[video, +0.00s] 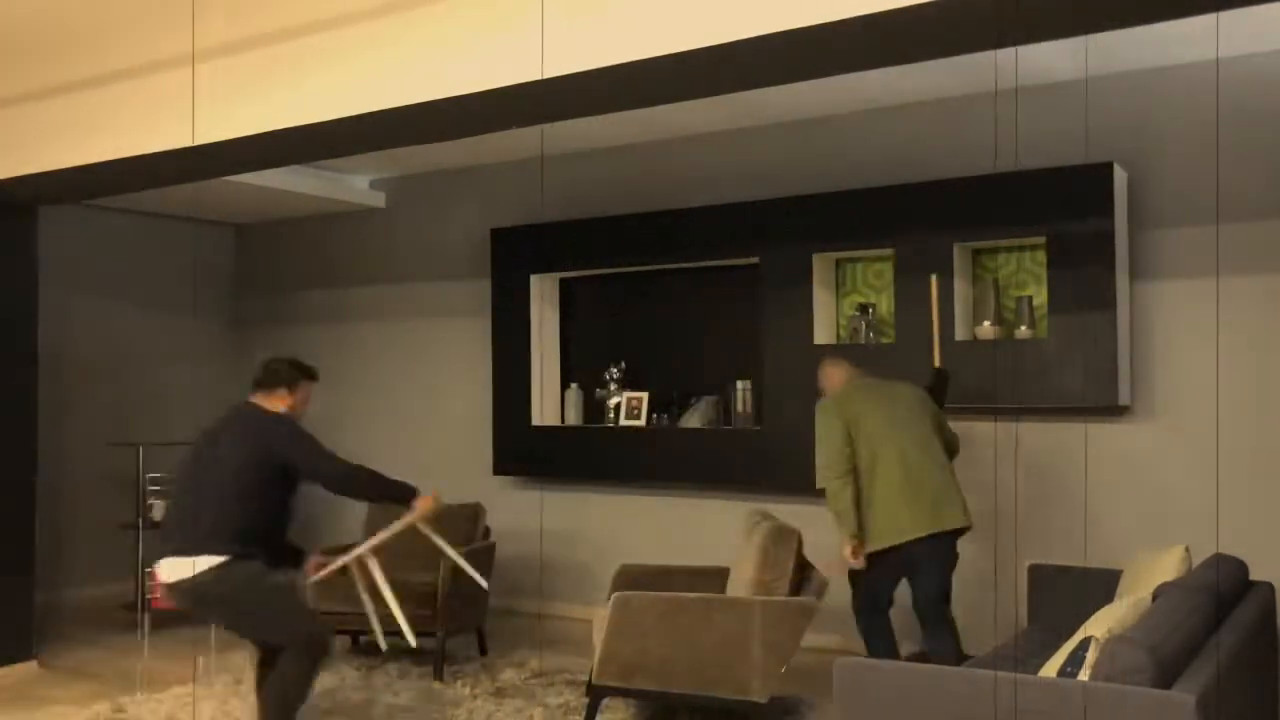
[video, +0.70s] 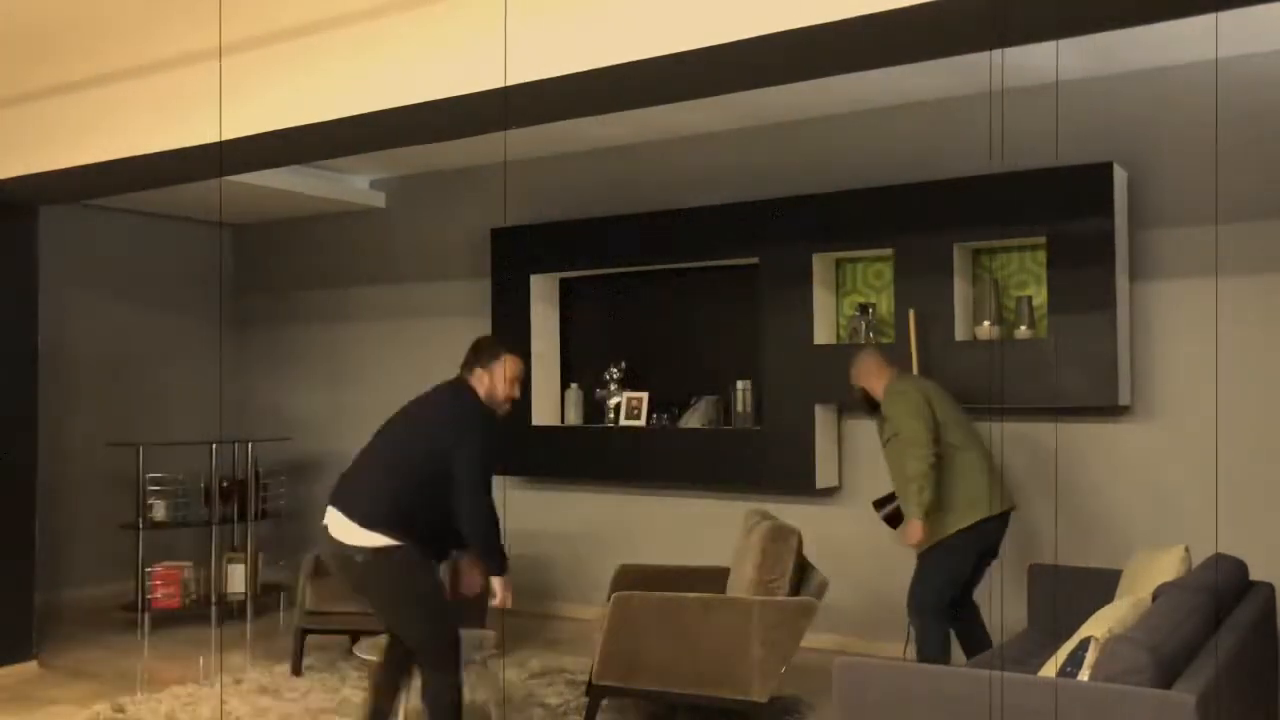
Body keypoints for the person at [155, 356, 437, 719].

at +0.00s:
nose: (306, 409)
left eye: (307, 399)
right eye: (306, 399)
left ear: (260, 390)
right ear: (289, 393)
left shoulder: (226, 428)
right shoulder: (275, 429)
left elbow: (237, 522)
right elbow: (339, 476)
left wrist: (302, 559)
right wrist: (411, 495)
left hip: (180, 575)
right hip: (218, 570)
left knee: (277, 641)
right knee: (310, 637)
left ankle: (272, 712)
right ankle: (276, 712)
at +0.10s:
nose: (347, 430)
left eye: (349, 423)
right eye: (347, 421)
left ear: (308, 410)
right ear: (330, 414)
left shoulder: (259, 440)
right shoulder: (334, 445)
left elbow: (270, 518)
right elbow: (386, 513)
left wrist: (339, 542)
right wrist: (444, 556)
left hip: (223, 574)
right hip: (283, 569)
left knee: (283, 645)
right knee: (361, 644)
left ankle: (279, 716)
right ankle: (387, 713)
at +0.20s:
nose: (396, 461)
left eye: (397, 452)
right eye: (395, 452)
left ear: (353, 441)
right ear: (383, 447)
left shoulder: (303, 454)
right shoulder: (386, 481)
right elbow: (402, 569)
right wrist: (434, 631)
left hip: (262, 580)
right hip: (334, 587)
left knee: (275, 647)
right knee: (401, 659)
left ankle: (267, 713)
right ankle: (425, 713)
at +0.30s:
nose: (426, 475)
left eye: (426, 469)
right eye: (424, 469)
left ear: (384, 459)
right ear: (416, 466)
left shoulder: (347, 474)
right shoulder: (417, 488)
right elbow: (422, 566)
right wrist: (438, 627)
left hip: (277, 581)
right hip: (349, 585)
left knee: (303, 638)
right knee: (418, 654)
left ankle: (281, 714)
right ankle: (435, 713)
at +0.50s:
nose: (464, 495)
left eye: (468, 488)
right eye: (465, 487)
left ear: (425, 466)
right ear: (451, 479)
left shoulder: (382, 483)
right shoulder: (449, 512)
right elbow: (451, 592)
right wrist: (466, 640)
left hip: (295, 590)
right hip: (355, 600)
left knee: (314, 645)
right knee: (445, 646)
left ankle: (280, 715)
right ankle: (447, 714)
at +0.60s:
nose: (500, 432)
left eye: (503, 423)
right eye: (499, 421)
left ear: (458, 412)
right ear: (475, 417)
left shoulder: (407, 433)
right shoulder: (469, 461)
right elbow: (478, 541)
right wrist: (486, 603)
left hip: (322, 573)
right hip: (379, 584)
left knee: (346, 640)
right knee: (457, 641)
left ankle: (297, 712)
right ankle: (452, 712)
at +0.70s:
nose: (517, 393)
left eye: (519, 382)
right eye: (512, 380)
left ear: (476, 374)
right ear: (482, 372)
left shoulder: (445, 400)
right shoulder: (470, 417)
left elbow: (438, 489)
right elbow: (475, 500)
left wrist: (461, 554)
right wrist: (497, 570)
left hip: (345, 536)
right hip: (380, 546)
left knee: (405, 635)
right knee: (440, 646)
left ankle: (377, 711)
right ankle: (444, 712)